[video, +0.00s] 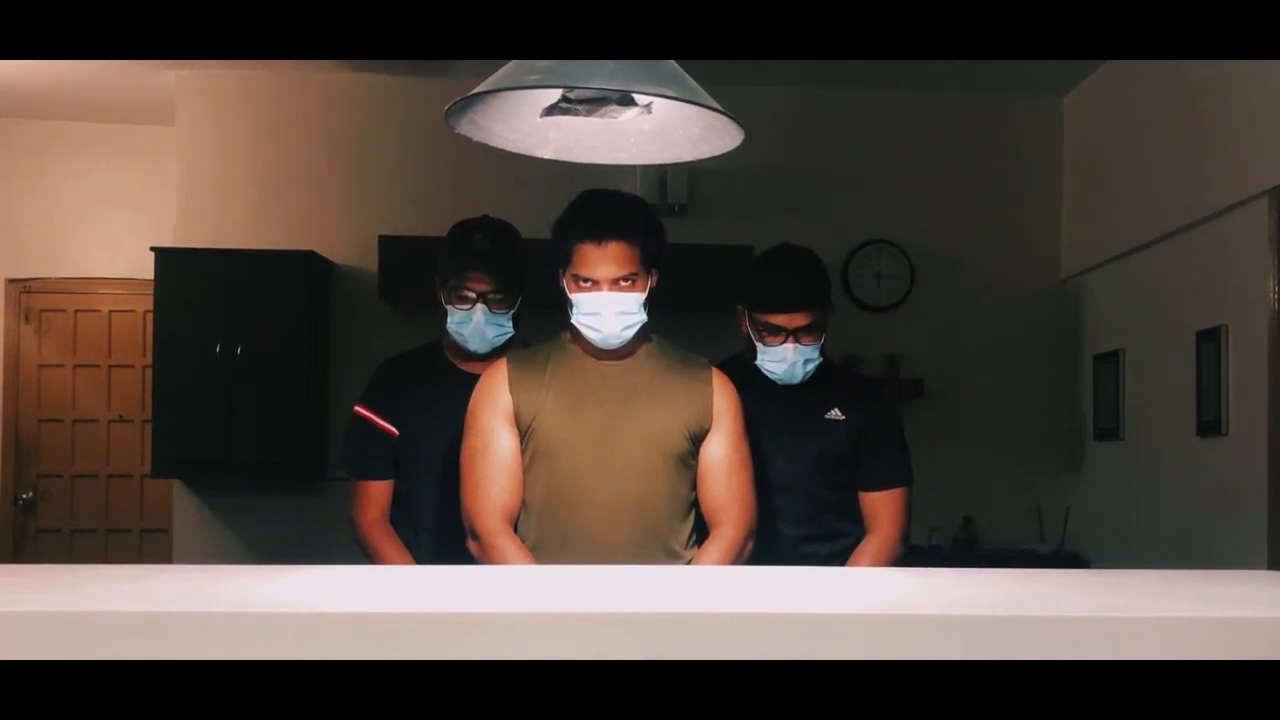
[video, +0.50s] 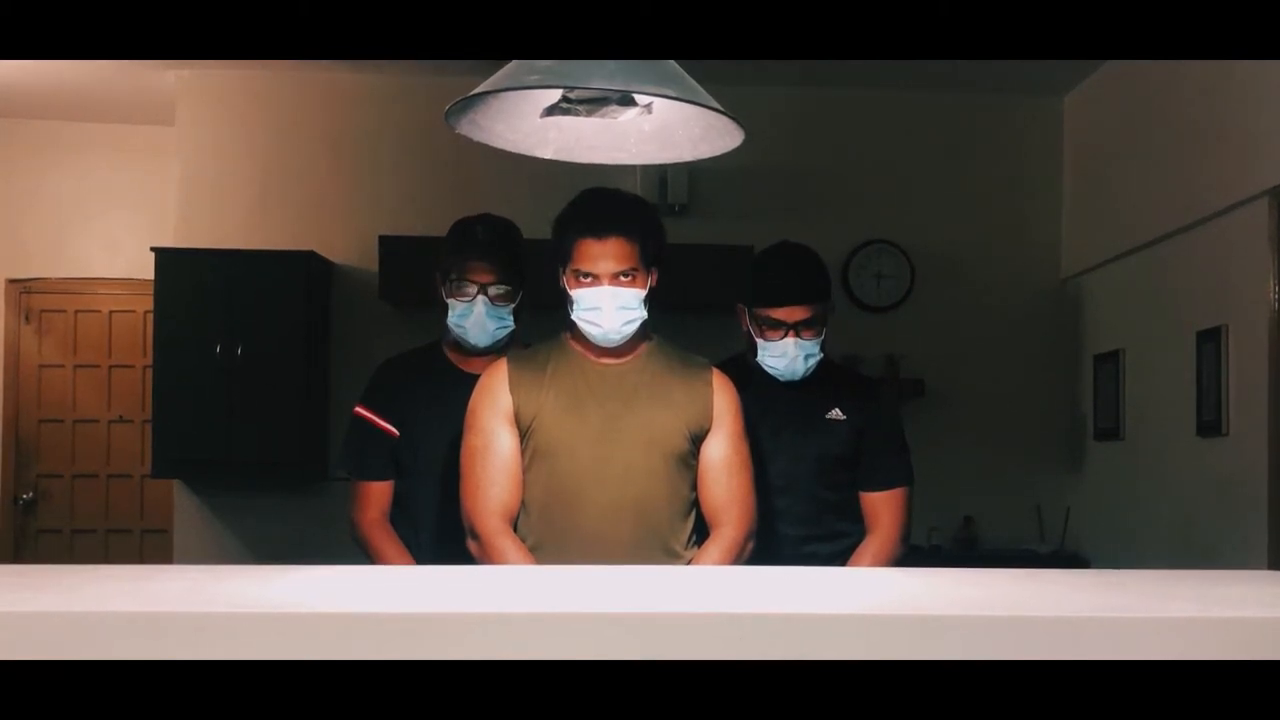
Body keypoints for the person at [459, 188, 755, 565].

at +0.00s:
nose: (605, 300)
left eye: (624, 282)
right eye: (586, 283)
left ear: (649, 282)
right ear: (564, 281)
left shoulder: (707, 389)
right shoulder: (507, 383)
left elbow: (733, 533)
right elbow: (488, 530)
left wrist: (670, 615)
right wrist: (555, 611)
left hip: (667, 615)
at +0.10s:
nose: (605, 299)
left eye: (624, 281)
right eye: (586, 282)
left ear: (649, 281)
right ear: (564, 281)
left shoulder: (707, 390)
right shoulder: (507, 383)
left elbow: (733, 533)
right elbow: (488, 530)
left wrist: (670, 615)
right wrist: (555, 612)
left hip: (667, 615)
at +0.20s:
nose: (605, 298)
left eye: (624, 280)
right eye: (587, 281)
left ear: (649, 281)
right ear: (564, 281)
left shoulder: (707, 390)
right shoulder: (507, 383)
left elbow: (733, 533)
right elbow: (488, 530)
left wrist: (670, 615)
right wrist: (555, 611)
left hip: (667, 615)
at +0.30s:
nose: (605, 297)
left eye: (624, 279)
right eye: (587, 280)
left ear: (649, 281)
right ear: (564, 280)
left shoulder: (707, 390)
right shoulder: (507, 384)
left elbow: (733, 533)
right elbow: (488, 530)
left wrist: (669, 615)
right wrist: (555, 611)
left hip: (667, 615)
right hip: (544, 614)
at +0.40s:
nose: (606, 296)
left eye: (624, 278)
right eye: (587, 279)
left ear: (649, 280)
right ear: (564, 280)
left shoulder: (707, 390)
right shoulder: (507, 384)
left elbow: (733, 533)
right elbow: (488, 530)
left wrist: (669, 615)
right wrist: (556, 611)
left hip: (668, 613)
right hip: (545, 612)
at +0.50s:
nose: (606, 295)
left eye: (624, 276)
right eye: (587, 278)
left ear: (649, 279)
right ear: (564, 280)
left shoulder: (707, 390)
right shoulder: (507, 383)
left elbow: (733, 532)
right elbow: (488, 529)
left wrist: (670, 615)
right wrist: (554, 611)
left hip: (667, 615)